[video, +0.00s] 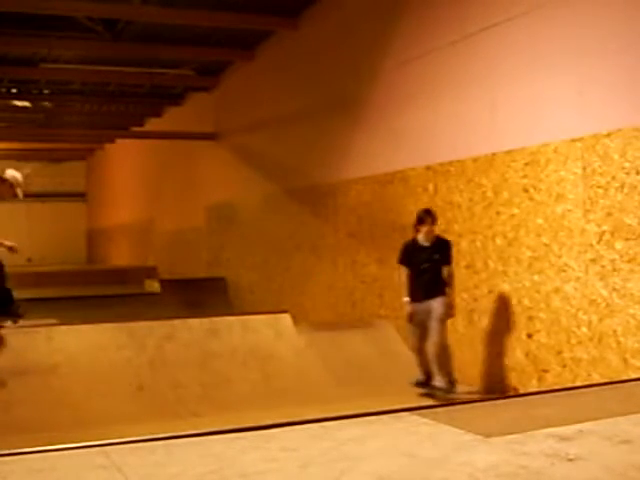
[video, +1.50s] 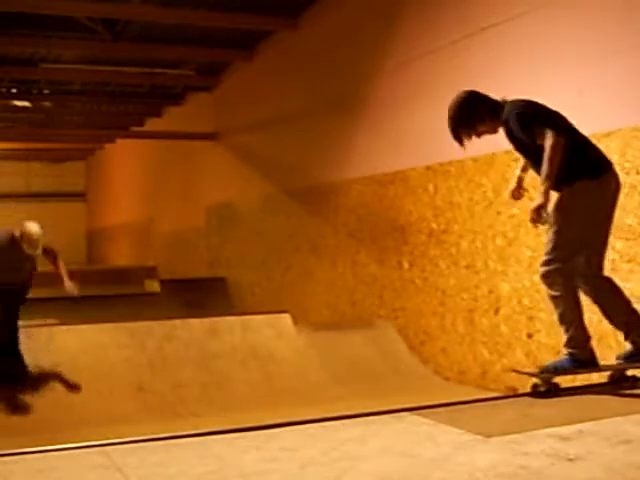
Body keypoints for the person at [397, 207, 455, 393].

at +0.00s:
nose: (430, 229)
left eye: (432, 225)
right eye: (426, 225)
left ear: (435, 225)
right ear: (419, 226)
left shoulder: (442, 244)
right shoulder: (409, 247)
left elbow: (447, 271)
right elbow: (404, 275)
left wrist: (449, 294)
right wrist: (406, 299)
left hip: (437, 296)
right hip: (417, 298)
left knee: (435, 339)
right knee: (417, 342)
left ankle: (439, 376)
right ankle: (424, 374)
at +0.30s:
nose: (490, 229)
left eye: (492, 224)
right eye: (485, 226)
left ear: (497, 224)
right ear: (477, 229)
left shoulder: (510, 246)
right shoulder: (473, 253)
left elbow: (522, 277)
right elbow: (468, 284)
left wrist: (535, 308)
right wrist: (475, 312)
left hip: (511, 309)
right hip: (488, 313)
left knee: (512, 355)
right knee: (488, 363)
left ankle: (521, 395)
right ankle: (499, 396)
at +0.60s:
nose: (537, 218)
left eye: (539, 212)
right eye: (532, 215)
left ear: (548, 209)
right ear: (528, 218)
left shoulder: (573, 228)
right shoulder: (530, 247)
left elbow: (597, 258)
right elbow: (523, 279)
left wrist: (614, 290)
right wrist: (513, 305)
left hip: (590, 296)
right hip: (564, 309)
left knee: (608, 350)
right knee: (580, 367)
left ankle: (632, 391)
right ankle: (590, 407)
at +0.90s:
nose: (533, 155)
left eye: (532, 147)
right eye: (527, 153)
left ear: (541, 136)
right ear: (524, 155)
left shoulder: (576, 145)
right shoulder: (538, 174)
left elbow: (622, 157)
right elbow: (524, 206)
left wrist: (629, 184)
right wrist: (500, 227)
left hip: (618, 207)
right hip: (602, 217)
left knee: (588, 259)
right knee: (621, 275)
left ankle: (633, 305)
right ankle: (633, 314)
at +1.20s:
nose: (506, 149)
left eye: (502, 143)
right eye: (501, 146)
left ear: (509, 130)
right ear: (507, 132)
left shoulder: (551, 128)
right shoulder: (531, 151)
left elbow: (603, 137)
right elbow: (527, 184)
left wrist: (622, 172)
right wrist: (493, 209)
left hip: (610, 196)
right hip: (618, 196)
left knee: (589, 274)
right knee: (617, 279)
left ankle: (610, 350)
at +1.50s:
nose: (480, 135)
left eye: (475, 130)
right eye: (474, 133)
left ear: (479, 115)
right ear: (484, 107)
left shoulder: (516, 116)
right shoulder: (514, 118)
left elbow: (553, 139)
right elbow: (533, 147)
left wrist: (543, 196)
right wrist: (520, 177)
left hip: (581, 187)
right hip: (600, 183)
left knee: (554, 271)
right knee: (587, 273)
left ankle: (579, 352)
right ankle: (637, 337)